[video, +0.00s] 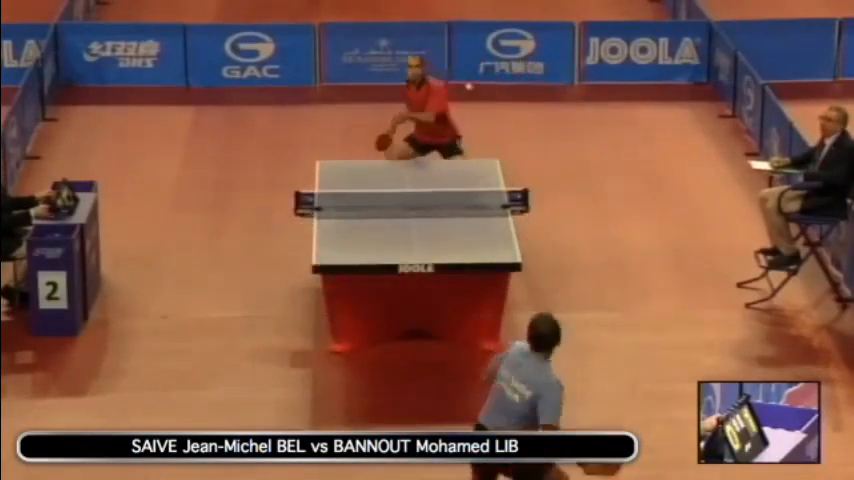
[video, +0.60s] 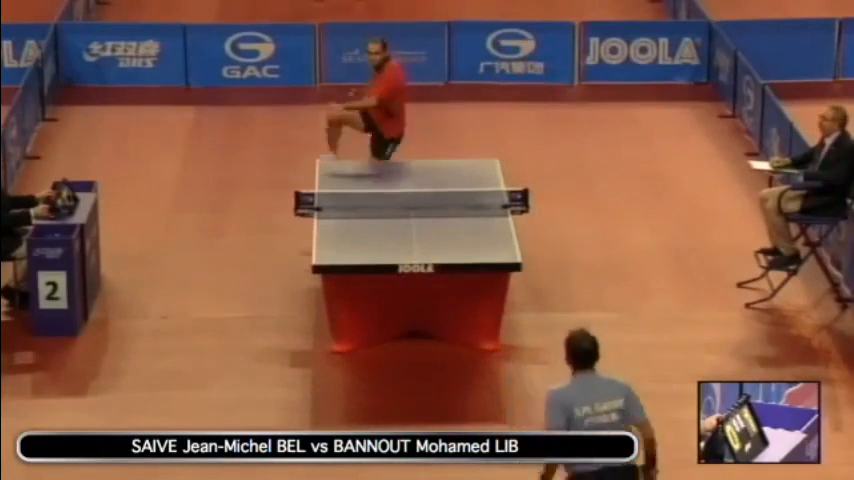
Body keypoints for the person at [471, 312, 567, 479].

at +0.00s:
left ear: (529, 335)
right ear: (556, 343)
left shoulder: (515, 349)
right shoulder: (550, 384)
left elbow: (488, 375)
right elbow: (549, 434)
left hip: (484, 433)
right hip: (517, 443)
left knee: (482, 475)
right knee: (559, 476)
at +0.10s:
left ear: (537, 338)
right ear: (566, 343)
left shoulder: (516, 360)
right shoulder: (567, 384)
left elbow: (493, 393)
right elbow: (563, 432)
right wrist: (572, 464)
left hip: (501, 449)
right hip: (538, 456)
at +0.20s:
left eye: (547, 339)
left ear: (547, 345)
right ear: (574, 346)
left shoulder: (525, 373)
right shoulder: (584, 386)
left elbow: (505, 411)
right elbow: (580, 431)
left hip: (522, 463)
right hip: (560, 466)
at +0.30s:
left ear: (548, 341)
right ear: (575, 342)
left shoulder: (526, 371)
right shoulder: (587, 382)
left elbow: (504, 410)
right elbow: (585, 425)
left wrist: (528, 412)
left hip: (530, 462)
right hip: (568, 465)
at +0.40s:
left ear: (547, 353)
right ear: (576, 352)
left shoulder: (530, 388)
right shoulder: (593, 393)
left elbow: (513, 430)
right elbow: (601, 441)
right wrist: (609, 472)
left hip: (541, 471)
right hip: (581, 472)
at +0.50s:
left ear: (552, 363)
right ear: (580, 362)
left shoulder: (538, 401)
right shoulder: (600, 401)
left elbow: (526, 448)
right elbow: (615, 448)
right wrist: (630, 475)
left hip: (555, 475)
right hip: (595, 474)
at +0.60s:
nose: (565, 356)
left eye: (566, 353)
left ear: (568, 359)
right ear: (597, 355)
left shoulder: (560, 398)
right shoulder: (622, 390)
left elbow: (556, 447)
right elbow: (648, 434)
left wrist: (546, 475)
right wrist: (650, 468)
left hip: (585, 473)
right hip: (624, 471)